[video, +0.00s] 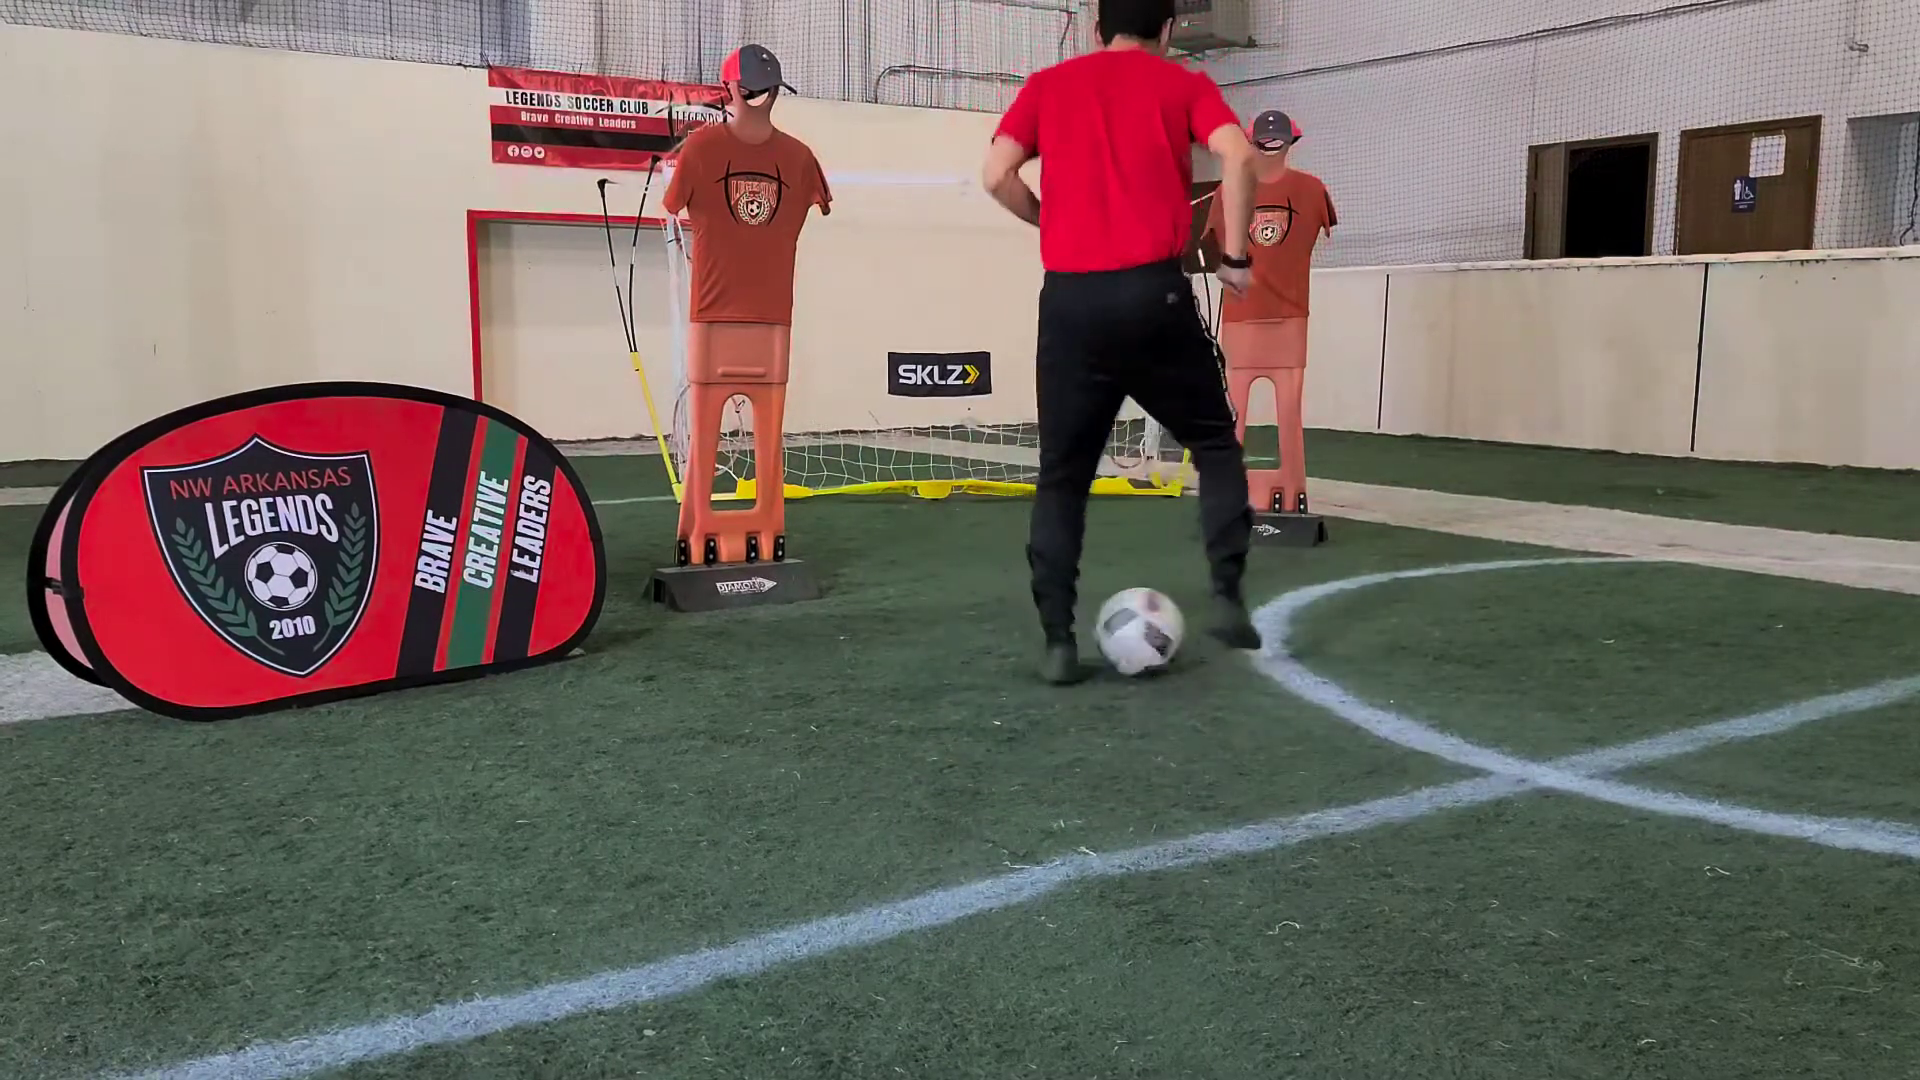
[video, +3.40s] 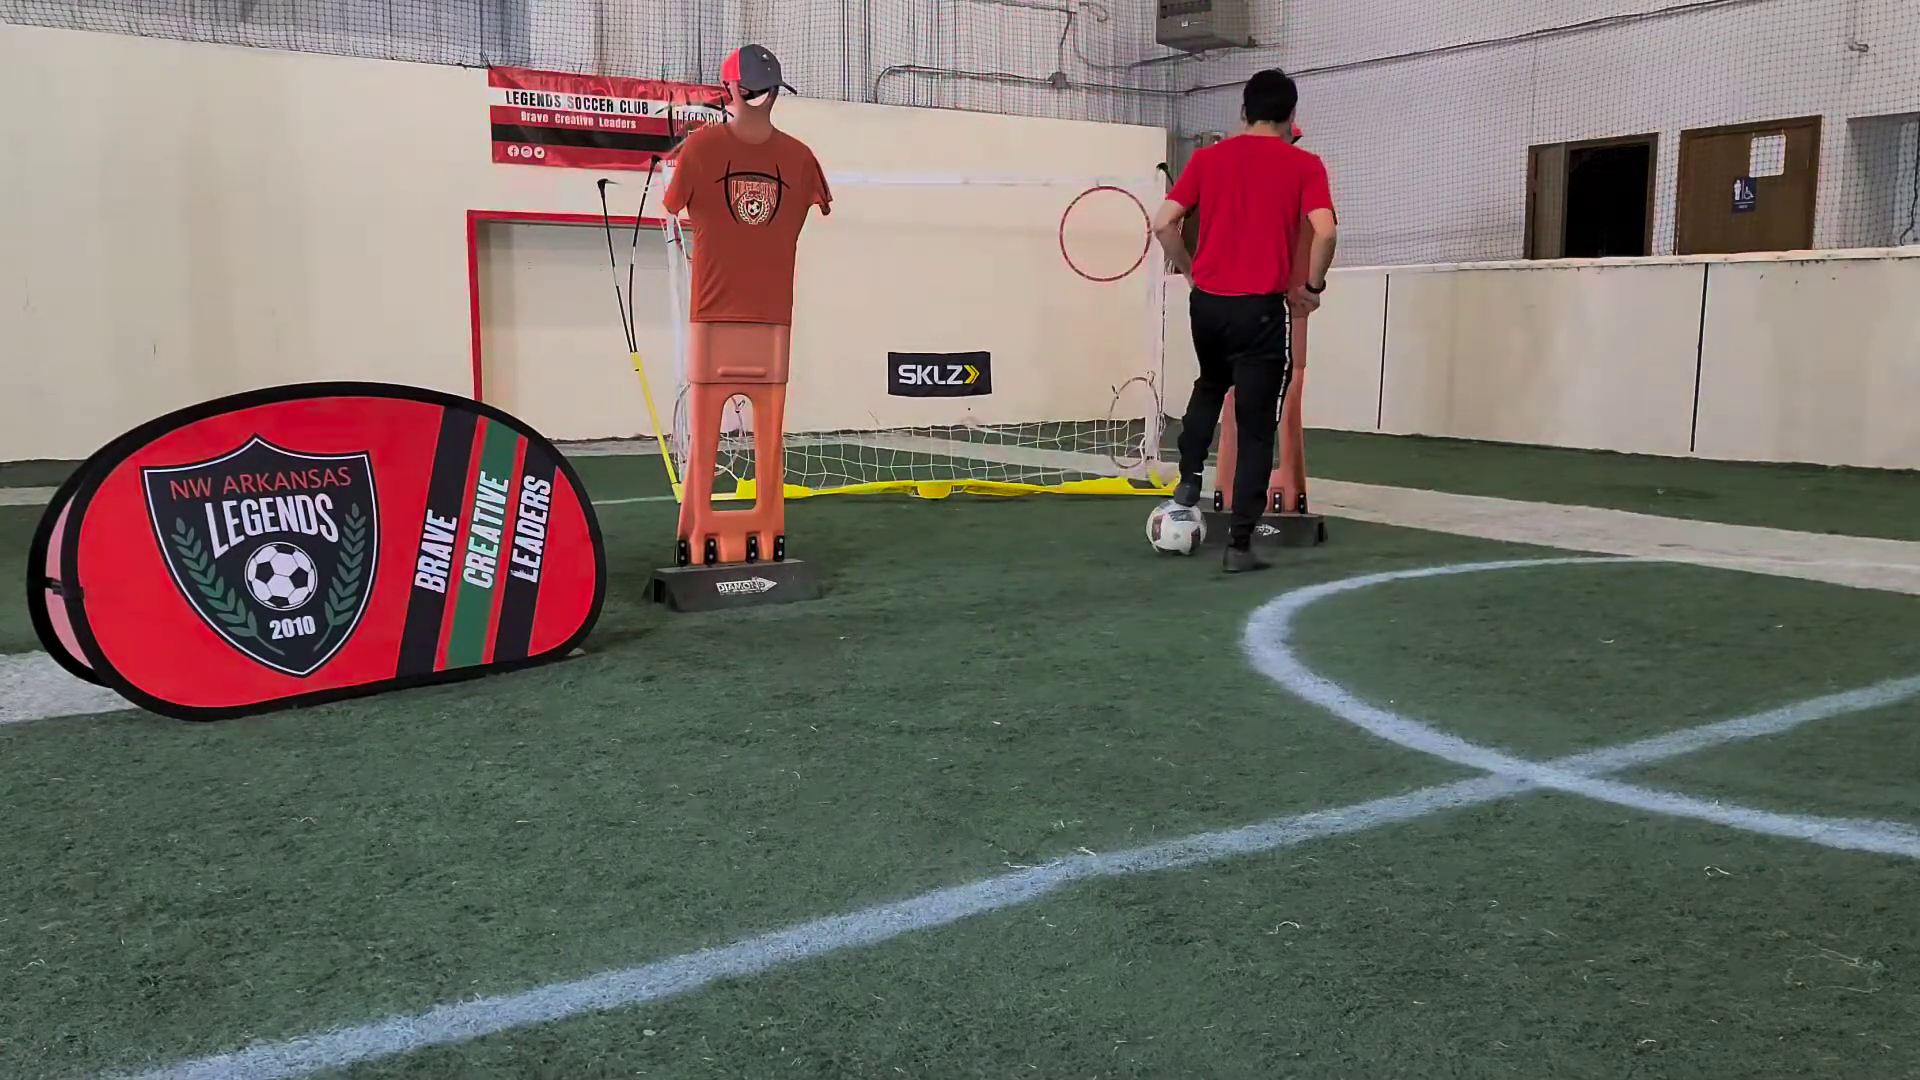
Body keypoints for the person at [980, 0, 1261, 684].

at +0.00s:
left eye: (1094, 18)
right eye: (1164, 23)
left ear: (1098, 23)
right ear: (1163, 26)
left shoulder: (1050, 82)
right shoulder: (1182, 81)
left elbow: (995, 175)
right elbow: (1238, 155)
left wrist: (1050, 221)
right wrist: (1233, 253)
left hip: (1069, 300)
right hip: (1154, 296)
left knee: (1062, 470)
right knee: (1214, 443)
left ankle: (1059, 640)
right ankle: (1227, 595)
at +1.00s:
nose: (1195, 72)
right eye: (1198, 64)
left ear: (1135, 65)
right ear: (1193, 65)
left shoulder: (1102, 108)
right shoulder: (1218, 113)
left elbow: (1050, 160)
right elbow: (1255, 193)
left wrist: (1072, 230)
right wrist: (1231, 235)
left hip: (1118, 296)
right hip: (1190, 296)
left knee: (1090, 427)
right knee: (1211, 435)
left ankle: (1073, 558)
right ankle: (1204, 572)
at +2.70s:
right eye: (1273, 117)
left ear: (1227, 116)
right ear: (1273, 119)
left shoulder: (1195, 158)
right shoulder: (1292, 170)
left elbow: (1143, 213)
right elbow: (1311, 233)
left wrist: (1151, 260)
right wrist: (1316, 307)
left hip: (1192, 314)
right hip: (1250, 318)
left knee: (1160, 398)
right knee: (1251, 429)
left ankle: (1135, 478)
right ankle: (1240, 545)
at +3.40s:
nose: (1295, 122)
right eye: (1295, 115)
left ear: (1245, 113)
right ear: (1290, 116)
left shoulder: (1208, 158)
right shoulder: (1304, 165)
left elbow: (1163, 223)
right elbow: (1326, 230)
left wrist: (1188, 266)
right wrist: (1313, 287)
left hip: (1207, 309)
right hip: (1261, 313)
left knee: (1212, 381)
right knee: (1256, 427)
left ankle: (1187, 486)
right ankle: (1240, 544)